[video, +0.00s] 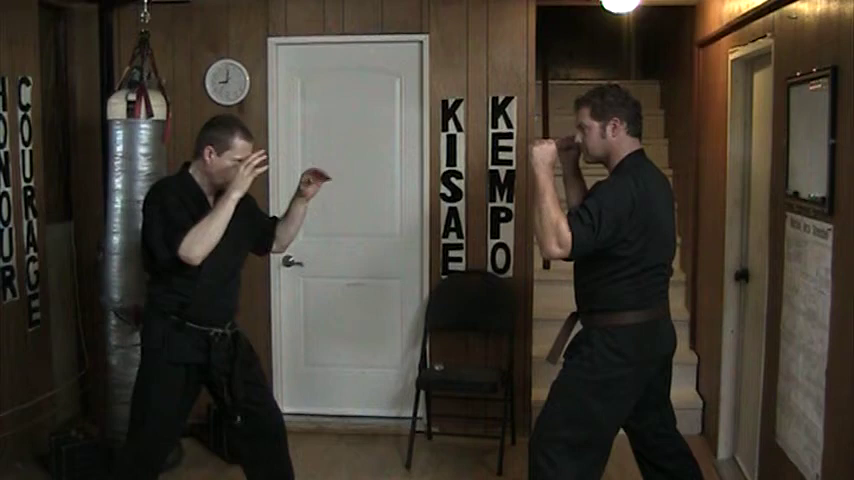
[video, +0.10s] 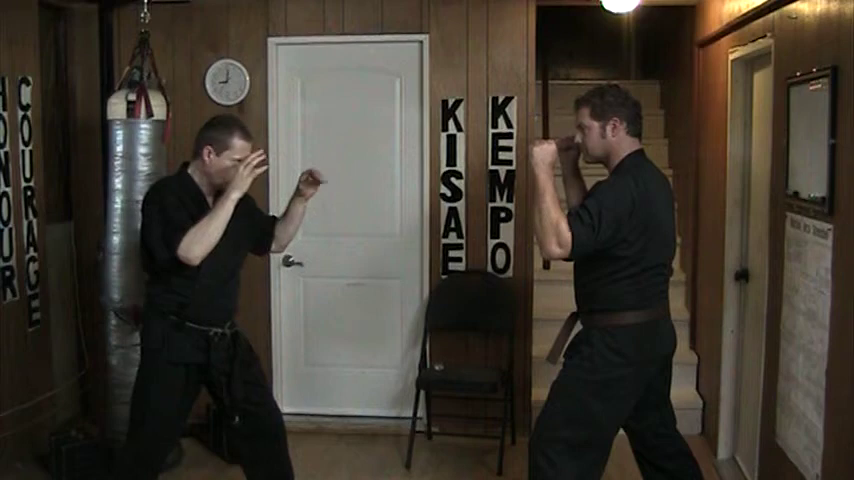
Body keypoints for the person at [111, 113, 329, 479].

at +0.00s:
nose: (244, 172)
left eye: (247, 163)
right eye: (238, 162)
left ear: (215, 156)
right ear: (209, 156)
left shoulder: (236, 200)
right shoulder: (166, 195)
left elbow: (273, 242)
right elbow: (191, 251)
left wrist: (301, 200)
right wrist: (234, 193)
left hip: (224, 341)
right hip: (173, 341)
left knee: (266, 434)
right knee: (148, 446)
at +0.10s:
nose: (243, 171)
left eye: (246, 163)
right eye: (236, 162)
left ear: (213, 156)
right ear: (208, 156)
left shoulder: (236, 202)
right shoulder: (164, 195)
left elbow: (273, 242)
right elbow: (191, 251)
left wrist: (301, 199)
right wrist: (233, 193)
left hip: (224, 341)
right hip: (173, 341)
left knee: (266, 434)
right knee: (148, 446)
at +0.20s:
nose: (243, 171)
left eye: (245, 163)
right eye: (236, 162)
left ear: (212, 156)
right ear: (207, 156)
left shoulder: (234, 201)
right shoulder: (163, 195)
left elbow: (271, 241)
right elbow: (190, 252)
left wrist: (298, 199)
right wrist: (232, 193)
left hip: (223, 341)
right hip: (173, 340)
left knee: (266, 432)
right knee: (148, 445)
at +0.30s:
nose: (241, 172)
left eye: (244, 163)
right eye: (235, 162)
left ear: (211, 157)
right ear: (206, 156)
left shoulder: (232, 201)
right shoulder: (163, 196)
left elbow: (272, 241)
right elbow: (190, 253)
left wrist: (297, 200)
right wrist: (232, 194)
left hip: (224, 341)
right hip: (172, 341)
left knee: (265, 433)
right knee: (148, 447)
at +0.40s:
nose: (242, 171)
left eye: (245, 163)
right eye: (237, 162)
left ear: (212, 156)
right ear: (208, 156)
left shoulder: (229, 200)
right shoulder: (165, 195)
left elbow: (267, 242)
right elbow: (195, 252)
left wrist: (295, 203)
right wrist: (236, 193)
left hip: (223, 340)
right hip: (173, 341)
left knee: (264, 433)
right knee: (148, 447)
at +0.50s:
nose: (248, 172)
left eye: (251, 164)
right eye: (243, 162)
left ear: (217, 157)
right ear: (215, 156)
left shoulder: (228, 201)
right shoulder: (172, 195)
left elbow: (266, 246)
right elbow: (207, 252)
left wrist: (296, 212)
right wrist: (247, 192)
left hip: (223, 341)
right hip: (175, 341)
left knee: (264, 433)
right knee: (150, 446)